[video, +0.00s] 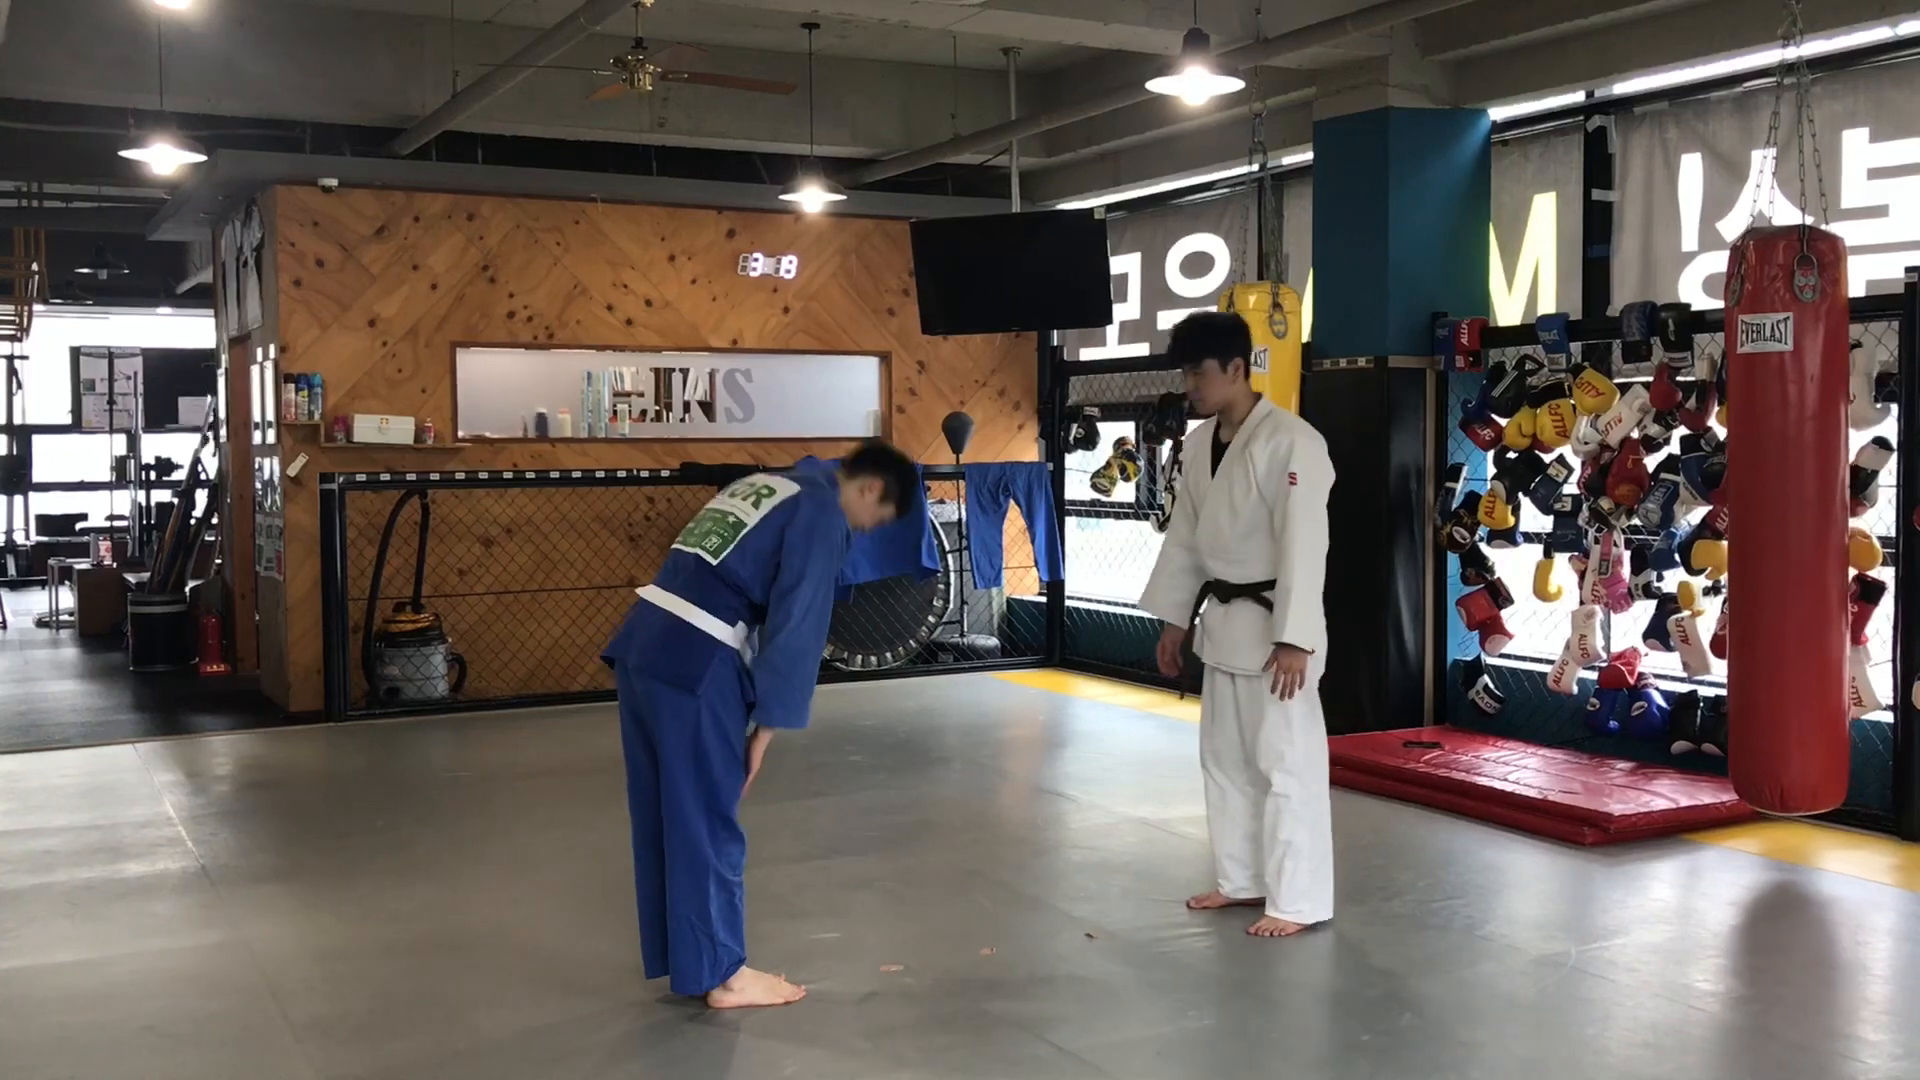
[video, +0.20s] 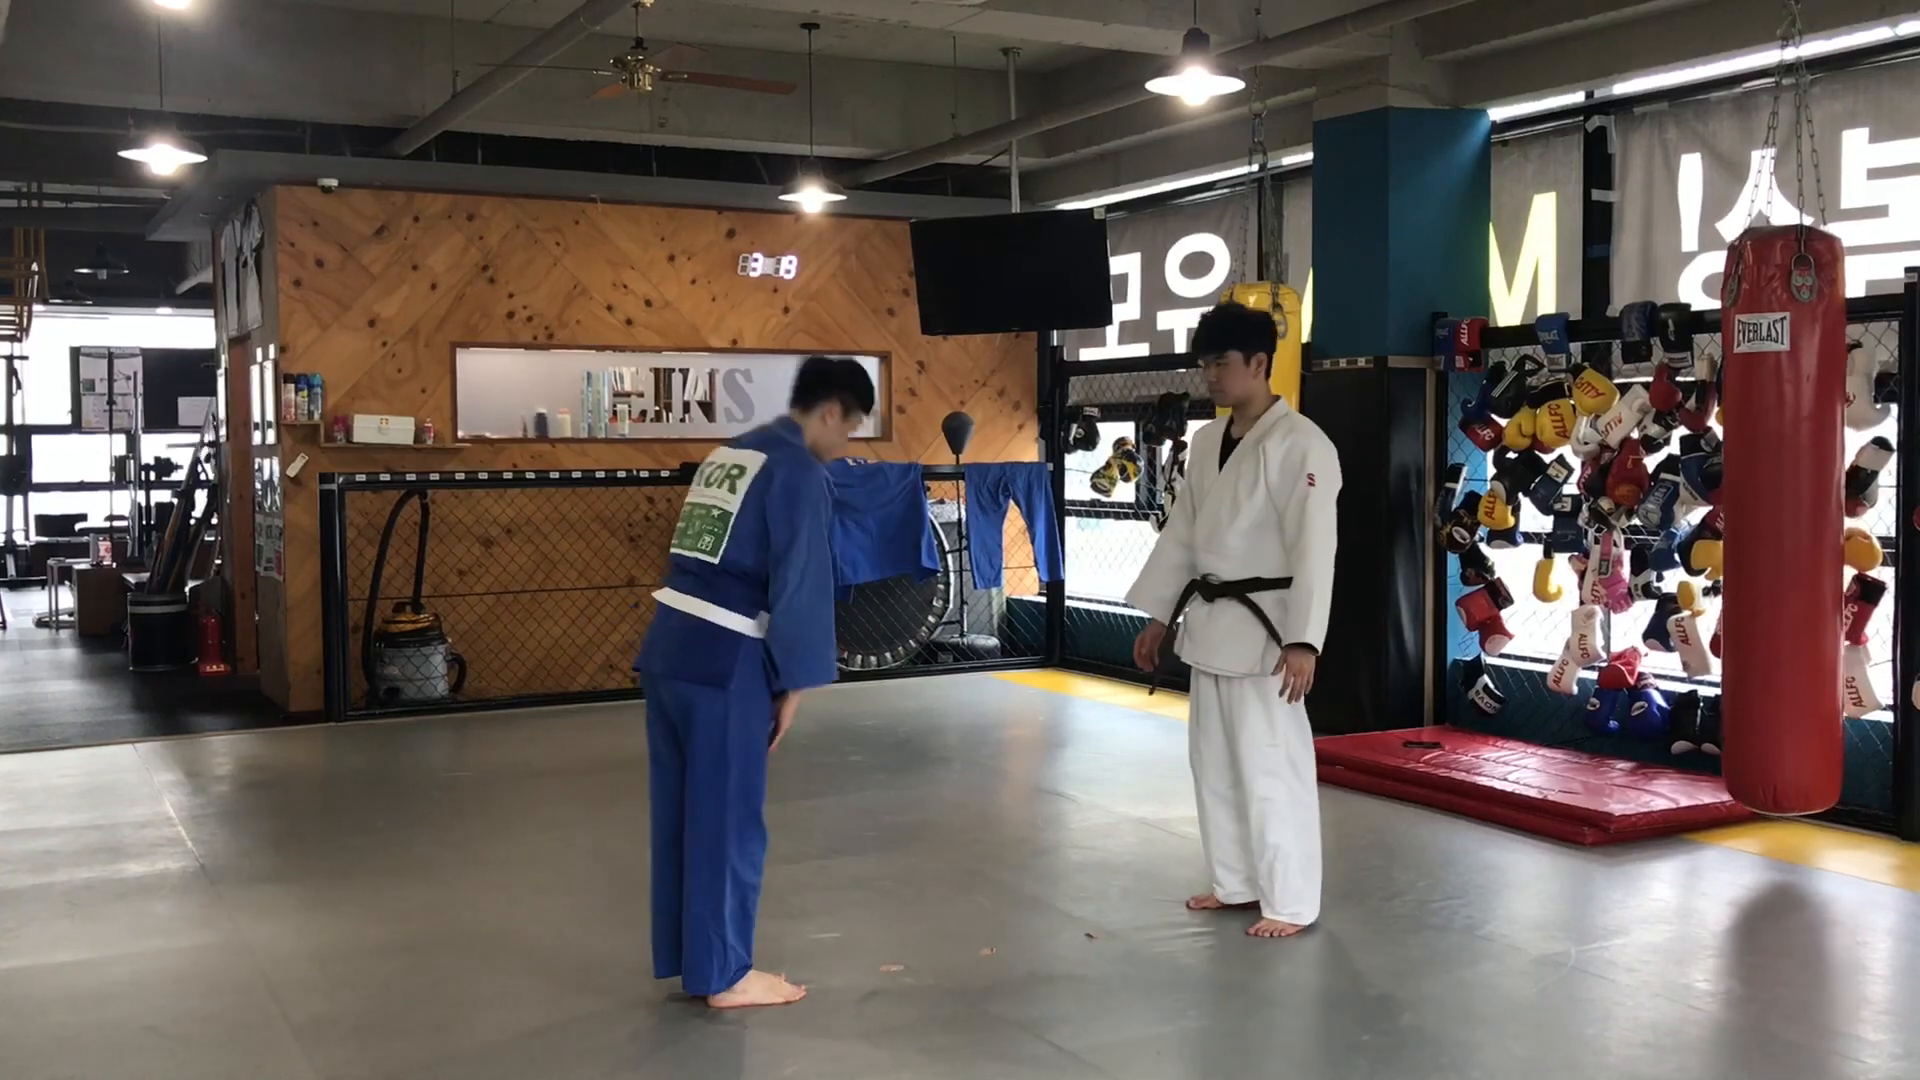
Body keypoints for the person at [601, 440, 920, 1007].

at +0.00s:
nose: (871, 527)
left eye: (882, 520)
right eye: (881, 514)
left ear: (855, 476)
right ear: (869, 489)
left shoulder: (765, 482)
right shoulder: (821, 514)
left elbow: (725, 585)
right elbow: (796, 623)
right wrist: (766, 724)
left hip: (642, 652)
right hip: (695, 667)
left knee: (663, 815)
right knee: (709, 817)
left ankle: (685, 962)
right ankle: (722, 971)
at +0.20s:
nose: (848, 445)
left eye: (854, 432)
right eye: (851, 429)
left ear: (806, 405)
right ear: (829, 411)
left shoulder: (734, 451)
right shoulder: (798, 472)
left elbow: (718, 564)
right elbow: (798, 587)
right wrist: (793, 685)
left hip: (670, 654)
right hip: (725, 665)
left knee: (679, 813)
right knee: (731, 818)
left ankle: (681, 963)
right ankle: (723, 974)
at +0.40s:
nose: (811, 390)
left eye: (812, 377)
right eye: (809, 377)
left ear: (752, 374)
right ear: (782, 374)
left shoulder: (710, 443)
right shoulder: (775, 456)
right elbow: (803, 570)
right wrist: (821, 657)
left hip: (699, 656)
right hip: (750, 664)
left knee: (710, 814)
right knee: (758, 821)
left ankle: (705, 966)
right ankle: (740, 977)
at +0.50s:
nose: (802, 382)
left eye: (801, 369)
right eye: (799, 369)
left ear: (740, 372)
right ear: (773, 370)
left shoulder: (707, 448)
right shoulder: (771, 454)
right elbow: (802, 566)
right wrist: (826, 655)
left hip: (707, 657)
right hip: (758, 664)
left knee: (717, 815)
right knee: (765, 821)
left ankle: (705, 967)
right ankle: (743, 976)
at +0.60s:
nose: (803, 377)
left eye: (801, 364)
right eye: (798, 365)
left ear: (742, 372)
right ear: (773, 369)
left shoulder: (713, 448)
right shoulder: (774, 454)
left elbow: (829, 488)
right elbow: (803, 566)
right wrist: (830, 656)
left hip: (715, 658)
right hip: (766, 667)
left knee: (724, 817)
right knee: (769, 824)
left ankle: (707, 966)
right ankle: (743, 978)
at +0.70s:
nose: (812, 381)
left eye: (809, 368)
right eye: (808, 368)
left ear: (750, 376)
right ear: (783, 373)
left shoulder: (719, 453)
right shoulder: (787, 460)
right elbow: (812, 574)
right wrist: (835, 667)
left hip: (722, 664)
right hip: (773, 671)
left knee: (747, 814)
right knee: (772, 823)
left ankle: (738, 953)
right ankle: (740, 980)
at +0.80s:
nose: (825, 381)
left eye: (822, 368)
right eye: (820, 369)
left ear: (763, 376)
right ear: (796, 374)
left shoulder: (733, 452)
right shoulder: (803, 461)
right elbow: (825, 577)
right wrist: (850, 670)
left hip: (734, 660)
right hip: (785, 667)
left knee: (799, 799)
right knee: (773, 817)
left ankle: (817, 937)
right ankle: (739, 980)